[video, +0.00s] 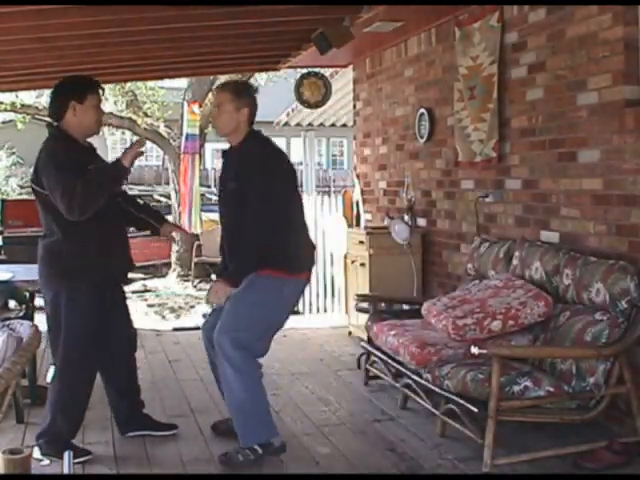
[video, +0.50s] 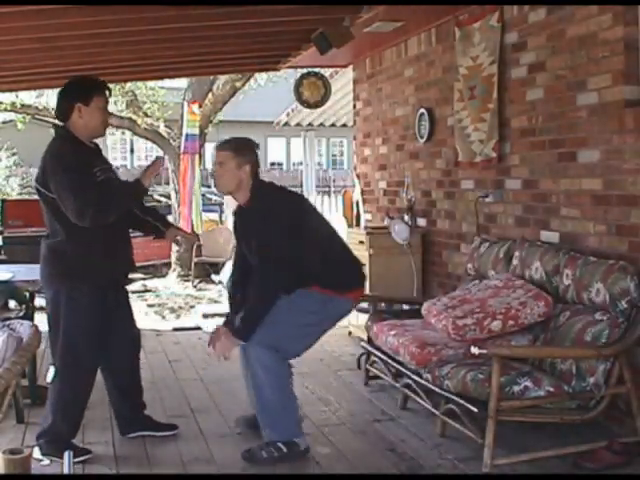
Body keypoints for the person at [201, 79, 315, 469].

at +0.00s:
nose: (214, 116)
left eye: (221, 109)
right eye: (214, 109)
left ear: (245, 112)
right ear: (228, 114)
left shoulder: (261, 157)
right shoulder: (235, 156)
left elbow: (260, 226)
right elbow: (237, 223)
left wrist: (231, 277)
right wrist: (226, 272)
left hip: (282, 268)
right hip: (261, 267)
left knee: (232, 339)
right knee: (214, 332)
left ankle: (262, 439)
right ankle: (246, 417)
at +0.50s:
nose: (214, 172)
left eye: (220, 165)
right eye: (214, 165)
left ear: (245, 169)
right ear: (239, 172)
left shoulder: (274, 206)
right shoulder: (245, 215)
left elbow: (273, 279)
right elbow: (243, 274)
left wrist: (239, 329)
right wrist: (230, 322)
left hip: (334, 287)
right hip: (305, 285)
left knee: (264, 347)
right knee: (249, 340)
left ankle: (289, 440)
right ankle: (271, 415)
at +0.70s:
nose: (235, 184)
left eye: (243, 177)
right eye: (235, 177)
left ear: (267, 181)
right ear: (260, 184)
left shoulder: (300, 212)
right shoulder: (264, 225)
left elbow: (303, 282)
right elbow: (258, 281)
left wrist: (268, 337)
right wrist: (238, 334)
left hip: (360, 283)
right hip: (334, 282)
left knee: (291, 343)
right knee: (293, 342)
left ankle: (290, 437)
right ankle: (319, 416)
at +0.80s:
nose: (250, 185)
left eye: (257, 178)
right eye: (250, 178)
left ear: (282, 182)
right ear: (276, 185)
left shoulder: (316, 214)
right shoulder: (279, 225)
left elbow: (318, 282)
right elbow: (271, 279)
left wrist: (282, 336)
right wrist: (248, 331)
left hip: (375, 283)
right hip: (346, 281)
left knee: (306, 342)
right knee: (295, 337)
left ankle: (317, 429)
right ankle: (313, 413)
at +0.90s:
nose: (271, 185)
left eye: (277, 179)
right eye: (271, 179)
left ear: (301, 182)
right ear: (294, 184)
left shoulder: (337, 217)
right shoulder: (297, 226)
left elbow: (330, 285)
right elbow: (289, 277)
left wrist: (291, 336)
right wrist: (262, 325)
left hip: (390, 292)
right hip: (354, 291)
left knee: (320, 339)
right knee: (298, 336)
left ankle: (355, 424)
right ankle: (315, 414)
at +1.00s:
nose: (293, 191)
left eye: (301, 184)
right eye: (294, 184)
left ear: (324, 189)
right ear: (317, 191)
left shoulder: (354, 223)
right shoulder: (318, 231)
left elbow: (343, 288)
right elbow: (309, 275)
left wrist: (299, 334)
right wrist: (281, 310)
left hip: (405, 299)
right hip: (369, 297)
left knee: (333, 336)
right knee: (308, 332)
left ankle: (356, 428)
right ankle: (319, 414)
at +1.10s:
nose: (326, 196)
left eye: (333, 191)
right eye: (327, 190)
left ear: (355, 196)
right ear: (349, 197)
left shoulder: (383, 230)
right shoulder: (342, 234)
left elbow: (365, 293)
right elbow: (333, 275)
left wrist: (316, 326)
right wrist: (303, 299)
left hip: (421, 312)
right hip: (383, 306)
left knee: (345, 336)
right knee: (321, 331)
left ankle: (354, 428)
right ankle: (317, 412)